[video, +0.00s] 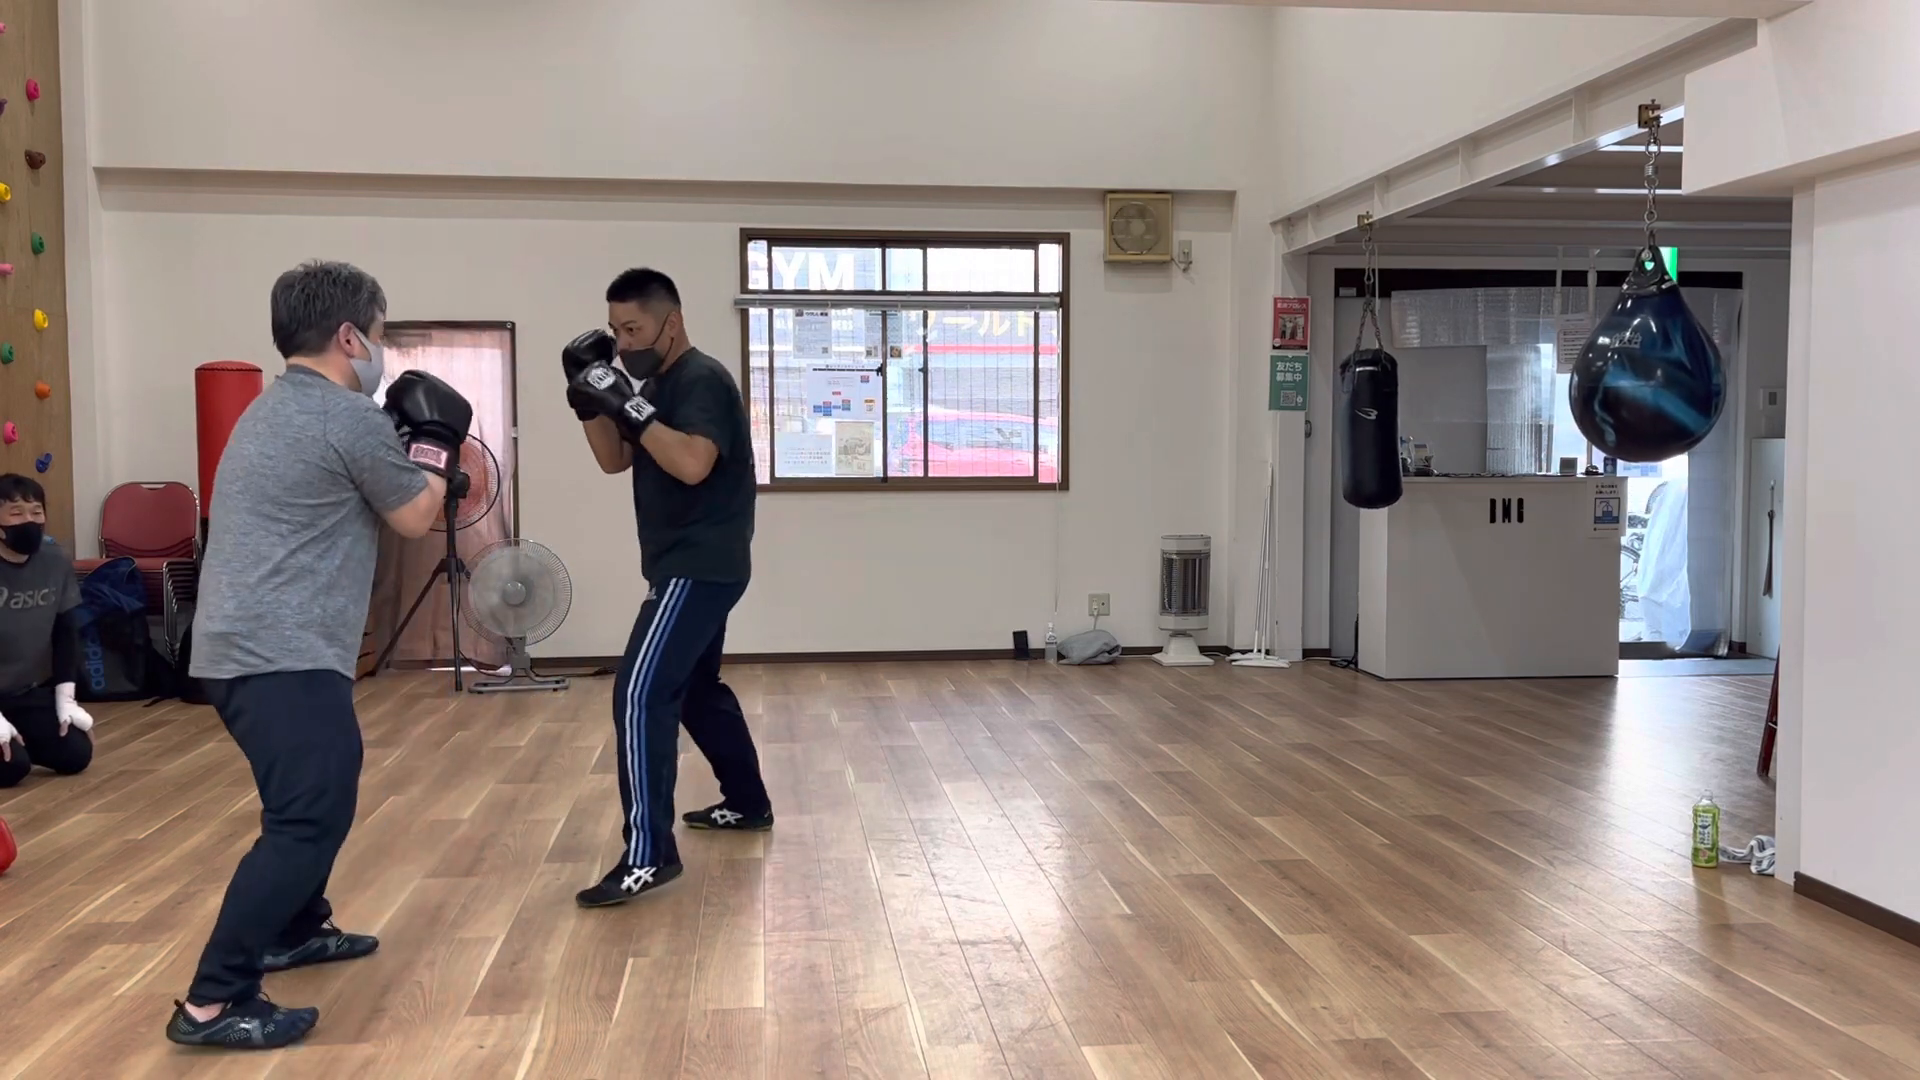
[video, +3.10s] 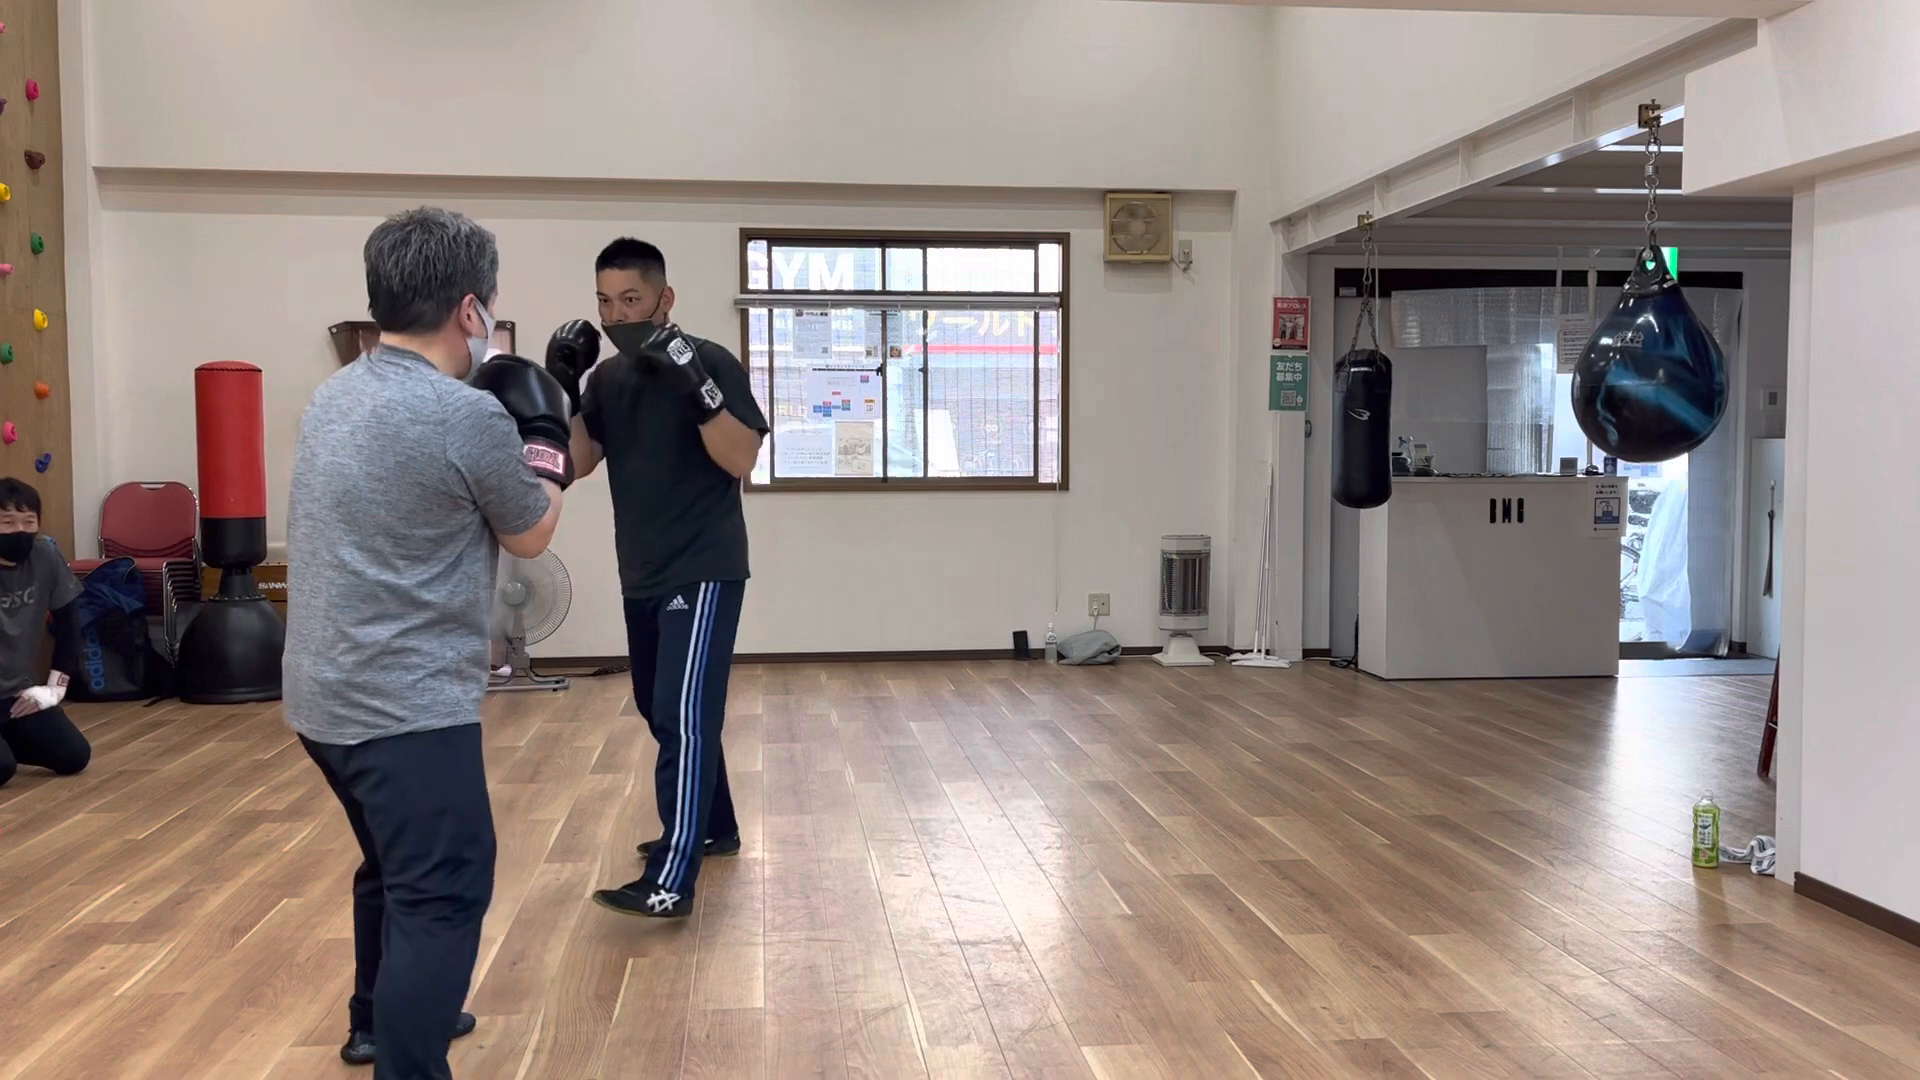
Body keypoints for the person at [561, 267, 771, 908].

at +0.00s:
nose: (624, 342)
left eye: (633, 329)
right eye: (617, 331)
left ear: (672, 322)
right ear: (619, 329)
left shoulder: (703, 380)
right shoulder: (651, 382)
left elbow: (694, 463)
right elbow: (613, 458)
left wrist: (628, 402)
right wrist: (586, 390)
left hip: (701, 567)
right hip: (679, 565)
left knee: (639, 693)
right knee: (697, 690)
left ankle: (649, 857)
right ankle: (748, 802)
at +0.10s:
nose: (599, 334)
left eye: (608, 320)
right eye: (595, 323)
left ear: (651, 316)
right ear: (633, 324)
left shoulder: (670, 369)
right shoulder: (645, 377)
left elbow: (644, 429)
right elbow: (604, 451)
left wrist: (563, 390)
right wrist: (581, 382)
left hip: (686, 567)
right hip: (705, 562)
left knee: (633, 699)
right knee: (709, 686)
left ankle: (652, 862)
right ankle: (750, 803)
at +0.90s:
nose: (613, 320)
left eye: (624, 306)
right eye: (603, 310)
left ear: (658, 303)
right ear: (594, 314)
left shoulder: (687, 356)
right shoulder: (610, 394)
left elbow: (699, 393)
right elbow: (582, 473)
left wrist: (620, 333)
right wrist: (555, 398)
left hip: (687, 574)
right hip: (641, 578)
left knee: (641, 719)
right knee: (671, 706)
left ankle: (654, 895)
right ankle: (750, 813)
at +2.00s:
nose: (605, 345)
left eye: (617, 331)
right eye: (594, 334)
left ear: (650, 324)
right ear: (584, 334)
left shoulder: (693, 383)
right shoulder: (593, 391)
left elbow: (712, 476)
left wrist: (668, 398)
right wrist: (553, 397)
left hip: (696, 573)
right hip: (631, 577)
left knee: (680, 717)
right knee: (620, 707)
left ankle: (696, 880)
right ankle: (670, 812)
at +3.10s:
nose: (618, 313)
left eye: (631, 299)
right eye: (607, 302)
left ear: (666, 298)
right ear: (598, 306)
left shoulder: (709, 363)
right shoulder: (606, 378)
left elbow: (742, 461)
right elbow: (569, 467)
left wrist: (695, 381)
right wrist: (559, 381)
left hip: (705, 565)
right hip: (644, 569)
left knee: (682, 713)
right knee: (659, 704)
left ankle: (671, 882)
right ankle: (714, 825)